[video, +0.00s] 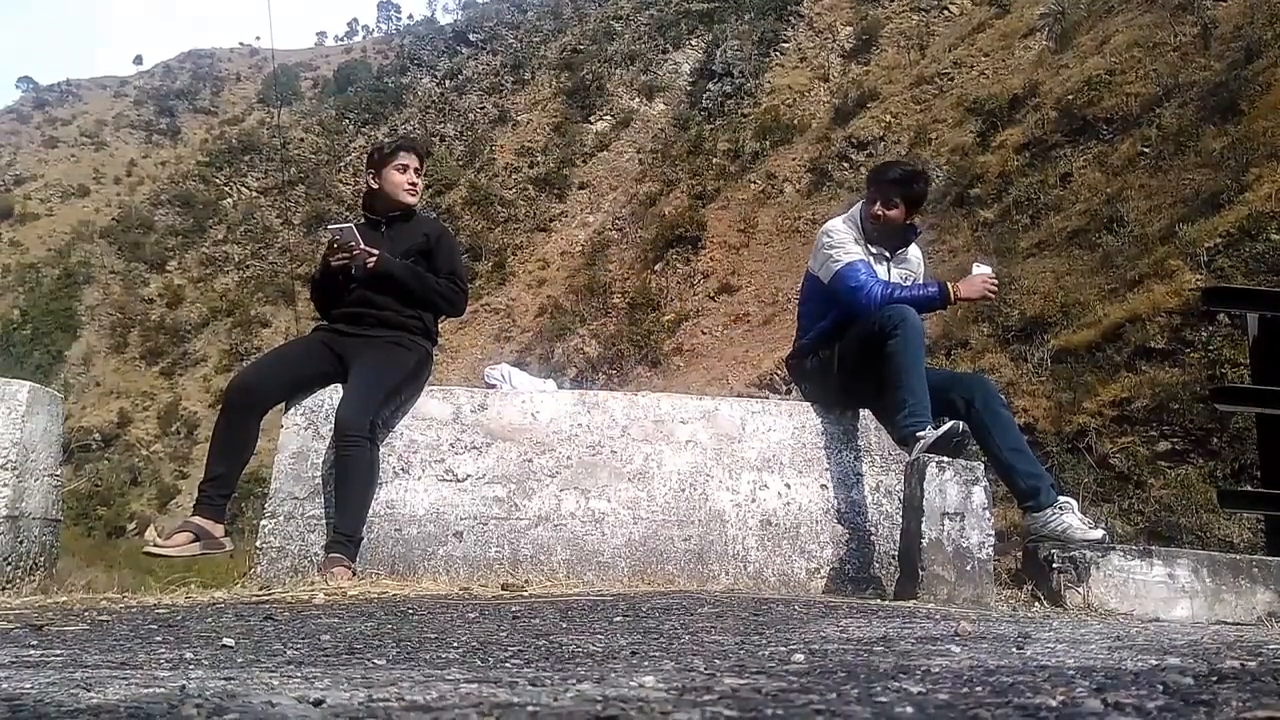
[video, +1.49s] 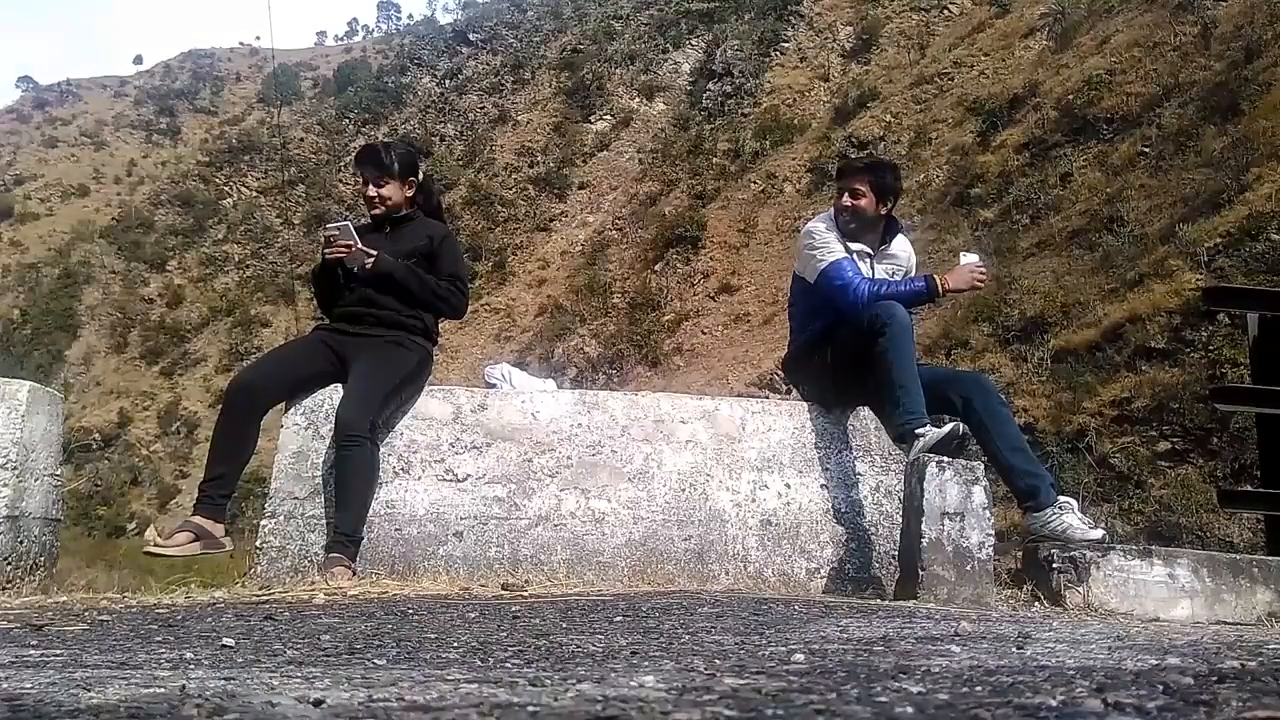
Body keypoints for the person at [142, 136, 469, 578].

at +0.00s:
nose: (414, 179)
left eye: (419, 172)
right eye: (403, 169)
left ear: (421, 182)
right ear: (374, 178)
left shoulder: (432, 232)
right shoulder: (350, 232)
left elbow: (455, 300)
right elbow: (325, 304)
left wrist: (387, 265)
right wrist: (330, 268)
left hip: (397, 344)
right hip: (337, 337)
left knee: (353, 425)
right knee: (246, 390)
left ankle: (340, 559)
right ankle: (208, 522)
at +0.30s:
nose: (414, 179)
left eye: (419, 173)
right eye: (403, 170)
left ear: (422, 183)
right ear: (375, 179)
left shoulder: (432, 232)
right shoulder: (351, 232)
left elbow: (456, 300)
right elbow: (326, 304)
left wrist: (389, 265)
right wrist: (331, 268)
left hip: (397, 344)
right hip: (337, 337)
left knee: (353, 425)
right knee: (246, 389)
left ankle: (340, 558)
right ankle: (208, 522)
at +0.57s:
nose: (412, 176)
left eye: (418, 170)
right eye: (401, 167)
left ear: (422, 180)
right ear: (374, 177)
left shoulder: (433, 229)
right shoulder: (350, 228)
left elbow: (456, 298)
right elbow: (325, 300)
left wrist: (388, 261)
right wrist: (332, 264)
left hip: (397, 342)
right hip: (337, 334)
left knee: (354, 421)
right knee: (247, 387)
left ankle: (340, 556)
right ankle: (209, 519)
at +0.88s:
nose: (383, 183)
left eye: (394, 175)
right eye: (375, 175)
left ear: (416, 181)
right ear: (367, 181)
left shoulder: (433, 233)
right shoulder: (354, 230)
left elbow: (456, 300)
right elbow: (326, 302)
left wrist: (387, 263)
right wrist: (335, 265)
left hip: (397, 345)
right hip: (336, 337)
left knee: (353, 424)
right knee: (246, 389)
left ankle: (341, 559)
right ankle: (208, 522)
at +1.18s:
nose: (372, 189)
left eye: (383, 180)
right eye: (367, 179)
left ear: (413, 183)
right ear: (363, 181)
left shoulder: (433, 233)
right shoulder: (356, 229)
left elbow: (456, 301)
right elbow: (326, 301)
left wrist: (387, 263)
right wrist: (336, 263)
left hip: (396, 345)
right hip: (335, 337)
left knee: (353, 425)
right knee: (246, 389)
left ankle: (341, 562)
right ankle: (208, 522)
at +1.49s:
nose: (370, 192)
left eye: (381, 183)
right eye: (365, 182)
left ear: (410, 185)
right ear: (361, 184)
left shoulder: (434, 234)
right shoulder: (354, 230)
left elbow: (455, 302)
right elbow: (329, 301)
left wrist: (383, 263)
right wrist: (329, 263)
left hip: (397, 345)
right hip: (336, 337)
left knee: (353, 424)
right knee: (247, 390)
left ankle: (341, 561)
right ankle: (208, 522)